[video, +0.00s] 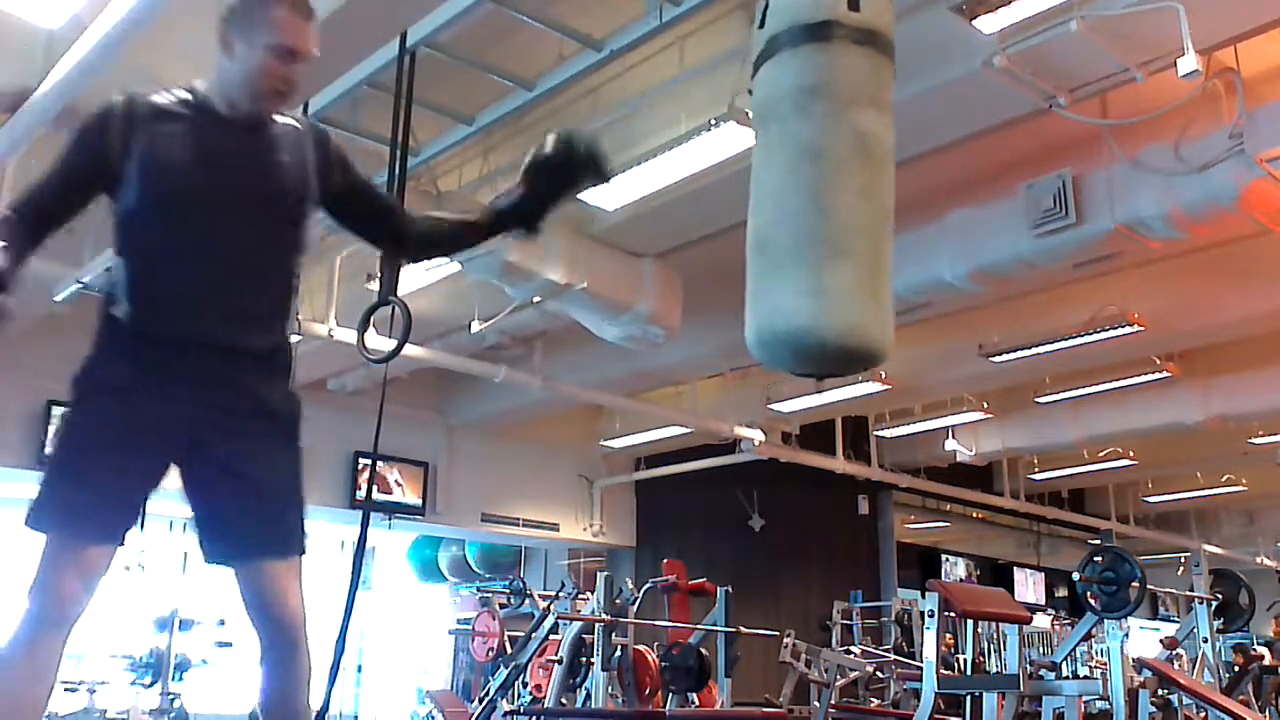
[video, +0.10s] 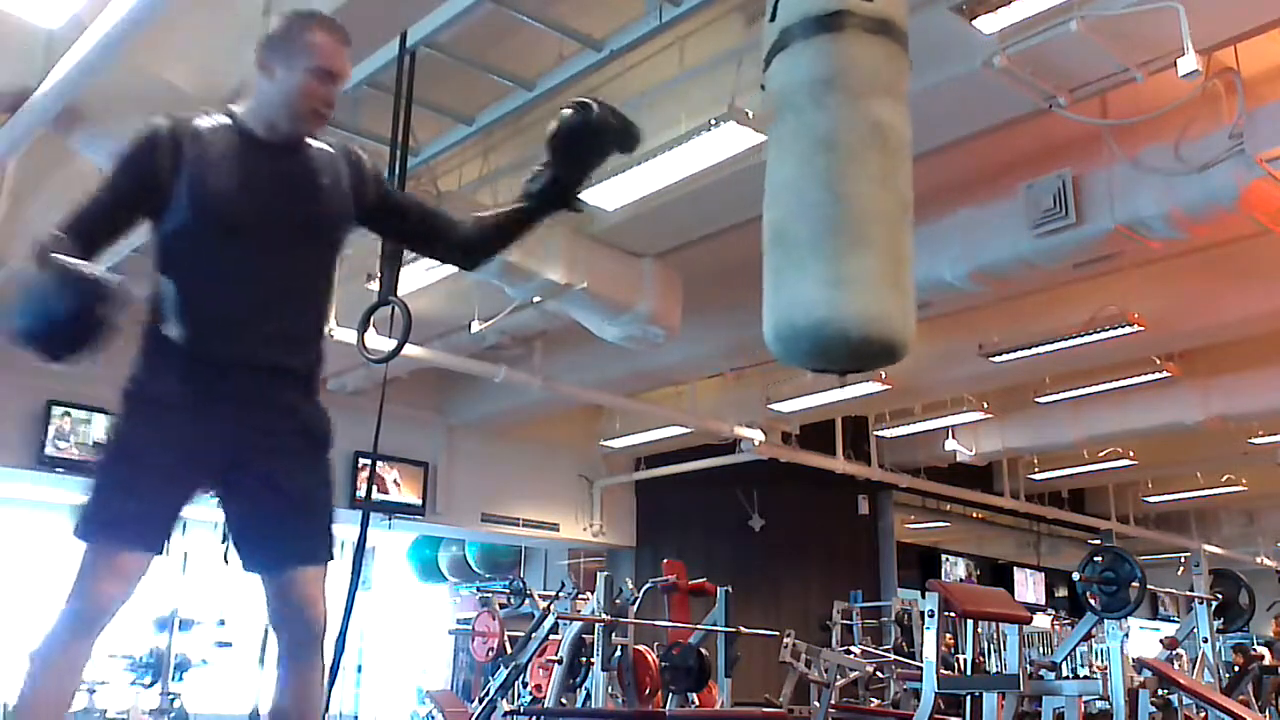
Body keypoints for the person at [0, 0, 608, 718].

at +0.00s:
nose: (295, 75)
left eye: (305, 61)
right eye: (282, 53)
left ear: (308, 64)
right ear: (228, 38)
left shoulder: (309, 153)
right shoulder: (130, 126)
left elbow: (409, 238)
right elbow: (22, 225)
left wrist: (522, 207)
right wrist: (3, 268)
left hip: (249, 397)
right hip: (132, 384)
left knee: (282, 621)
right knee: (57, 597)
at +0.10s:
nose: (332, 98)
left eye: (342, 86)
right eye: (321, 77)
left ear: (342, 89)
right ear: (266, 61)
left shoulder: (344, 172)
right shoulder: (178, 147)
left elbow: (466, 244)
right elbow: (67, 248)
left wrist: (556, 187)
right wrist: (66, 289)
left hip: (283, 415)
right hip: (174, 401)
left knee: (304, 623)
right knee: (97, 596)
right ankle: (30, 715)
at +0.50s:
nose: (428, 121)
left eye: (436, 109)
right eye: (417, 103)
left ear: (438, 116)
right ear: (367, 89)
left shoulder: (427, 201)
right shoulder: (277, 157)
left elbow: (449, 327)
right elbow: (160, 248)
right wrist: (199, 288)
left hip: (363, 418)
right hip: (272, 402)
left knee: (337, 623)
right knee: (272, 598)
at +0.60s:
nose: (436, 120)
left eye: (445, 109)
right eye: (425, 100)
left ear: (446, 118)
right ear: (376, 89)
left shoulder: (440, 196)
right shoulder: (291, 156)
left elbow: (491, 312)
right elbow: (173, 251)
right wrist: (254, 252)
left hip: (372, 425)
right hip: (280, 410)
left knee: (366, 624)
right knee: (269, 604)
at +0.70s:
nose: (444, 119)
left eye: (453, 108)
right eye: (433, 100)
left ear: (453, 115)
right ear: (384, 89)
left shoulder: (447, 192)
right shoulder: (308, 151)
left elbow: (521, 294)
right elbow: (219, 242)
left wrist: (578, 236)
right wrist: (347, 211)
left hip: (392, 416)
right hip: (299, 407)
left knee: (426, 604)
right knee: (278, 602)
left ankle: (371, 718)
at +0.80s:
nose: (461, 115)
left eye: (470, 106)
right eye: (450, 95)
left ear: (472, 118)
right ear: (401, 85)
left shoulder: (465, 187)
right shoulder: (331, 142)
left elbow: (549, 284)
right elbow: (282, 204)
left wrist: (589, 204)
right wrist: (426, 170)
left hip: (417, 417)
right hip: (321, 410)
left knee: (487, 597)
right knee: (285, 611)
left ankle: (450, 716)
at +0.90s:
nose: (492, 116)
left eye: (503, 108)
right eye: (481, 96)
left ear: (505, 118)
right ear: (431, 87)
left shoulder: (500, 179)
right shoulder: (366, 135)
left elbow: (586, 268)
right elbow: (364, 172)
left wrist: (603, 189)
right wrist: (525, 149)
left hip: (440, 422)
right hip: (343, 415)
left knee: (528, 599)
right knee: (318, 609)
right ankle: (264, 714)